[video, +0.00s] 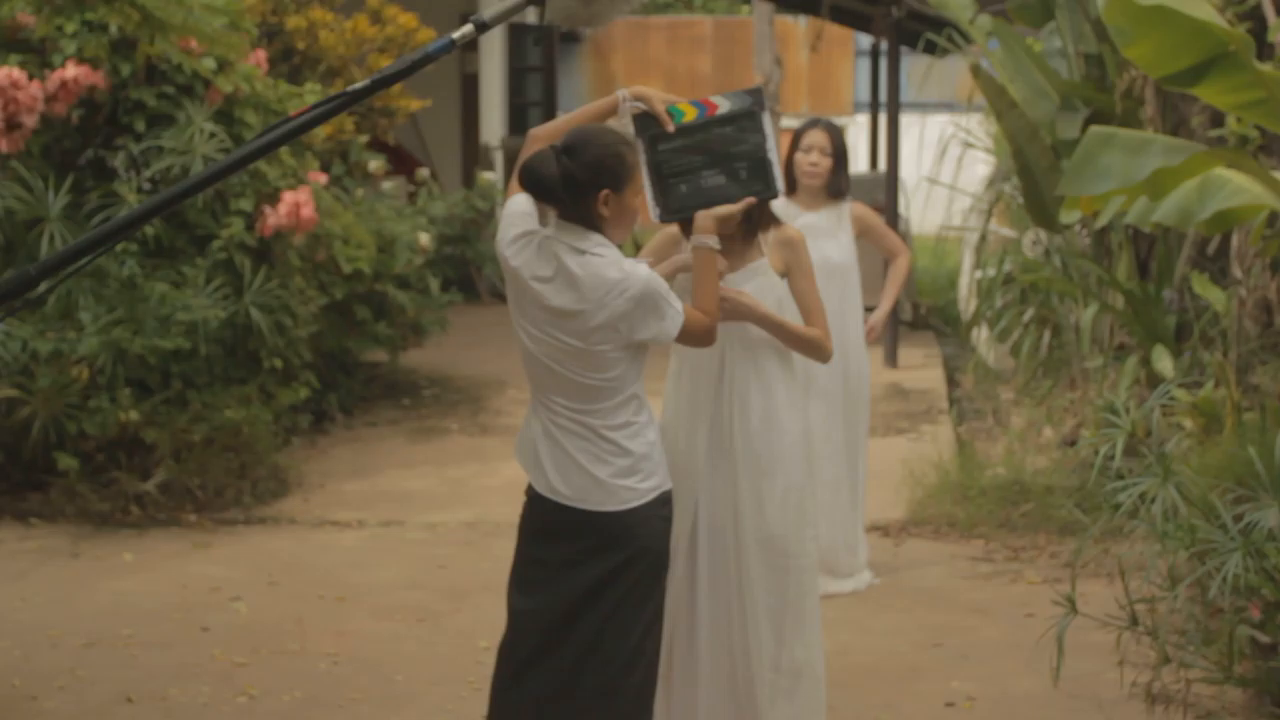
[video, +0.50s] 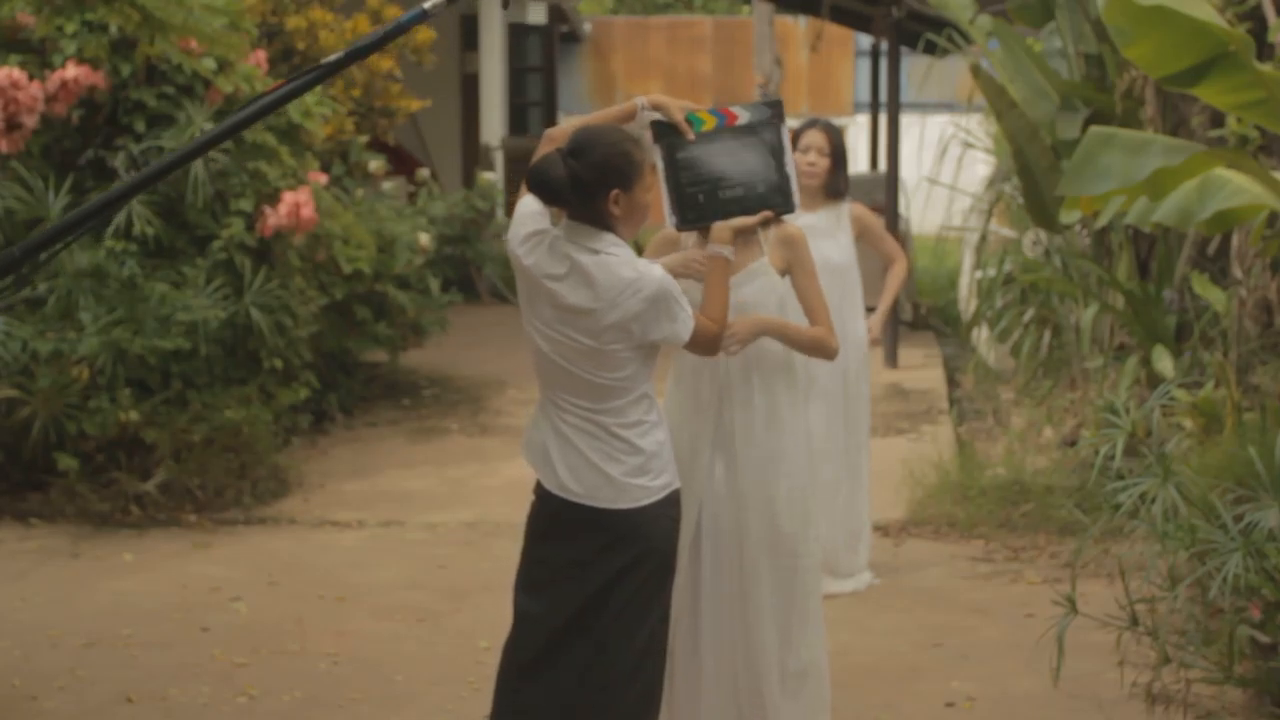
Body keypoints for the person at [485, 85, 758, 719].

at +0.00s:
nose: (641, 199)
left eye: (639, 185)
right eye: (634, 187)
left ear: (567, 198)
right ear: (606, 202)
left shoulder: (520, 244)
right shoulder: (626, 286)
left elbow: (537, 143)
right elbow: (702, 326)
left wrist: (616, 100)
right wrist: (704, 240)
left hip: (551, 487)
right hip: (626, 494)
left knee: (529, 657)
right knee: (619, 668)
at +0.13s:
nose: (642, 196)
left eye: (641, 184)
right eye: (636, 186)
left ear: (564, 196)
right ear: (607, 200)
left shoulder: (522, 242)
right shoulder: (629, 284)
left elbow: (536, 146)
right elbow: (703, 330)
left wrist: (616, 107)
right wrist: (706, 238)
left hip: (551, 484)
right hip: (627, 491)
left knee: (533, 652)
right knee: (622, 664)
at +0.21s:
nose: (645, 194)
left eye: (643, 183)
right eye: (638, 185)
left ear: (563, 195)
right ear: (608, 200)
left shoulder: (524, 243)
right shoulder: (630, 284)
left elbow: (537, 148)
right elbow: (704, 332)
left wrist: (620, 110)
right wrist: (707, 242)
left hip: (554, 486)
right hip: (629, 493)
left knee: (531, 654)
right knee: (622, 665)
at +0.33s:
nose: (648, 194)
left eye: (647, 182)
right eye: (642, 185)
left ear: (566, 194)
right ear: (611, 200)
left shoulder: (526, 242)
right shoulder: (634, 285)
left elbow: (540, 149)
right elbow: (707, 336)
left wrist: (622, 112)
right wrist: (711, 249)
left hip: (556, 487)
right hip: (632, 493)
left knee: (533, 657)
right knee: (624, 667)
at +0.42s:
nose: (651, 191)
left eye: (650, 179)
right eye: (644, 182)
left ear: (569, 194)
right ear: (613, 199)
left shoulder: (528, 240)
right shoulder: (635, 284)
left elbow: (546, 145)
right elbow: (708, 335)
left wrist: (622, 112)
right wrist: (715, 243)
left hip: (557, 484)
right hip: (633, 492)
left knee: (534, 653)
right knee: (625, 665)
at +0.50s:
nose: (653, 191)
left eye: (652, 180)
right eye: (647, 182)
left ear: (574, 196)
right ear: (617, 200)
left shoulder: (530, 241)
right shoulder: (639, 284)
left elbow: (554, 140)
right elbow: (708, 336)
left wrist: (631, 108)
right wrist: (718, 240)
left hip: (559, 485)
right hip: (635, 492)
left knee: (535, 652)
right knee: (626, 664)